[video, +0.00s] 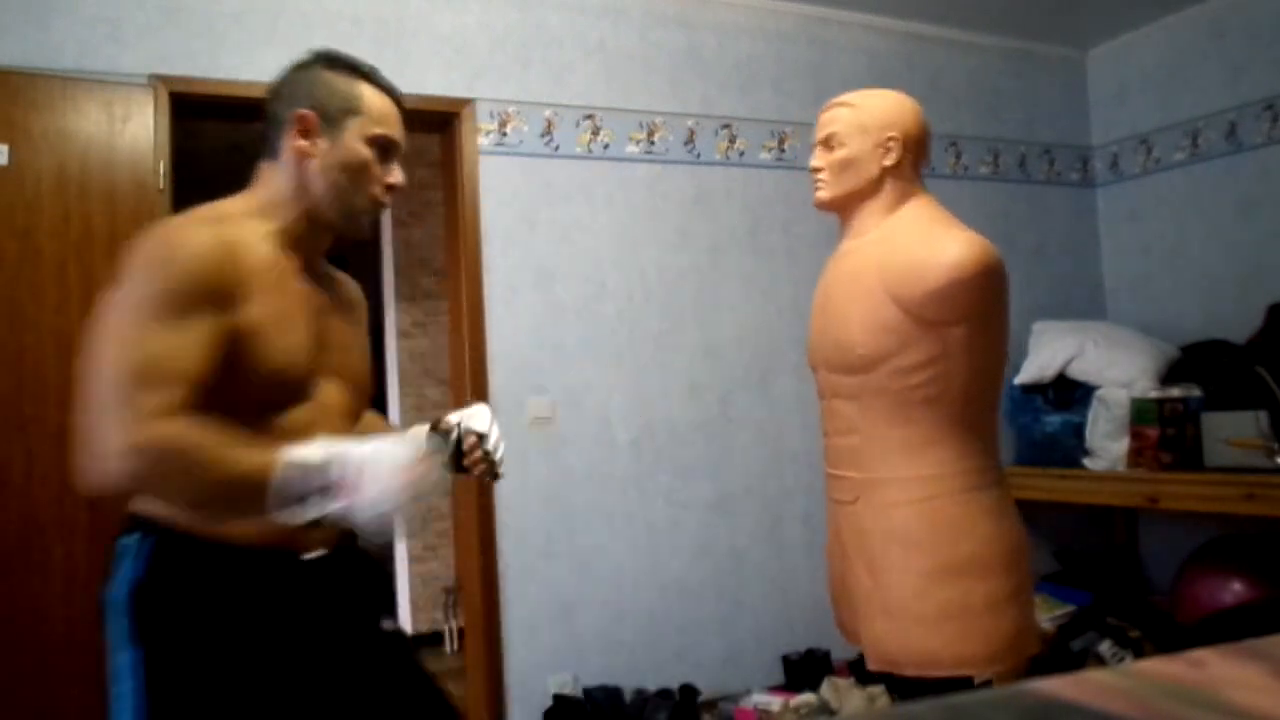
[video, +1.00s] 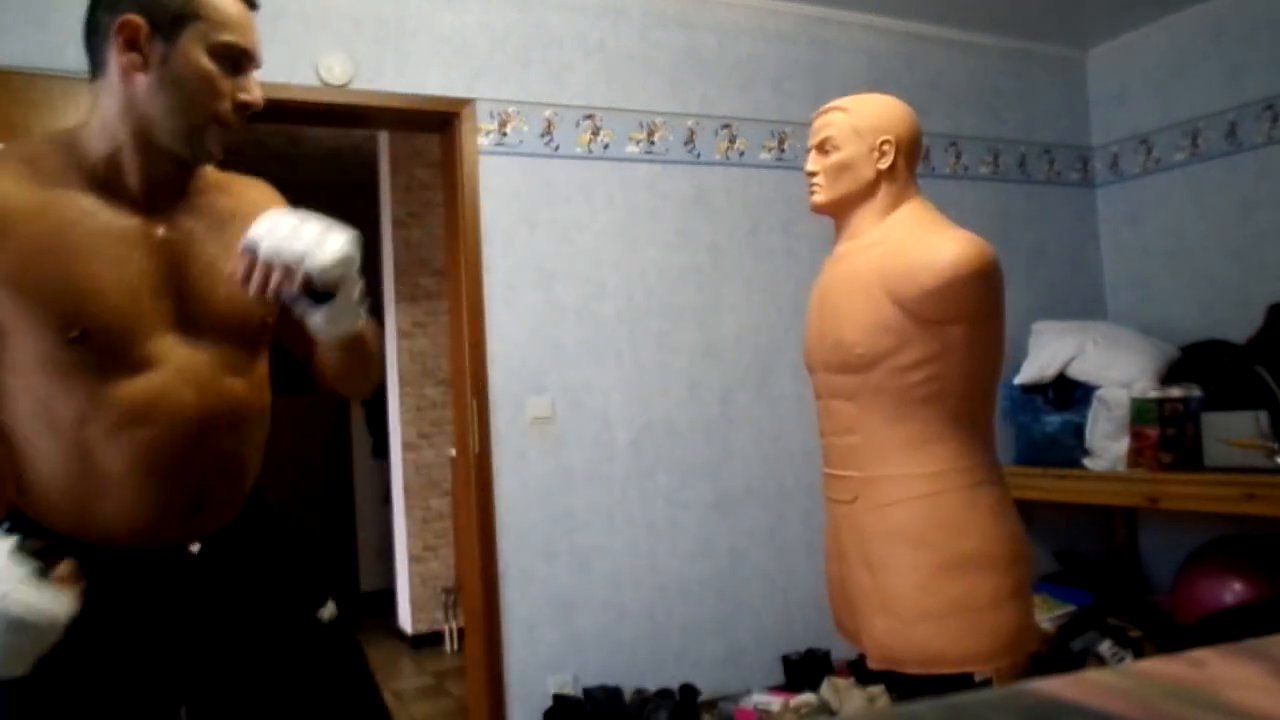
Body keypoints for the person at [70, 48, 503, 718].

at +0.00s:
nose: (396, 179)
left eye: (398, 159)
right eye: (380, 149)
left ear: (310, 142)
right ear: (304, 138)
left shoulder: (345, 295)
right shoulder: (188, 251)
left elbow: (343, 425)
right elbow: (121, 448)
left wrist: (429, 454)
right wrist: (330, 477)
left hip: (319, 590)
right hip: (195, 591)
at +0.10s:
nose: (365, 152)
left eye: (367, 128)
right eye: (347, 122)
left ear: (267, 106)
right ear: (263, 103)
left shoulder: (326, 262)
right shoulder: (117, 228)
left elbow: (340, 405)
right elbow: (10, 404)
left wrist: (407, 405)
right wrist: (181, 476)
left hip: (304, 589)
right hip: (158, 596)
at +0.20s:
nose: (341, 88)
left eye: (343, 62)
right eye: (323, 53)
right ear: (238, 32)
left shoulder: (315, 201)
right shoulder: (82, 164)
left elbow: (317, 365)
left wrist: (372, 352)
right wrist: (104, 422)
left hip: (285, 535)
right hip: (138, 538)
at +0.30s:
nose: (326, 70)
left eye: (327, 44)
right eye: (305, 34)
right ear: (217, 22)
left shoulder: (310, 194)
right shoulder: (54, 160)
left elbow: (333, 347)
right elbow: (2, 352)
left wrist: (366, 353)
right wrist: (62, 442)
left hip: (274, 545)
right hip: (117, 552)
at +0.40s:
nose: (309, 122)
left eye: (308, 96)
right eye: (287, 90)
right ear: (193, 77)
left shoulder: (307, 256)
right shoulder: (38, 238)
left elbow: (358, 395)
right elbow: (5, 428)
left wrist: (363, 441)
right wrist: (41, 559)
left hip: (274, 627)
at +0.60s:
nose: (277, 80)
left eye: (277, 51)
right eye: (256, 43)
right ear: (162, 28)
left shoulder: (275, 209)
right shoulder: (24, 184)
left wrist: (310, 407)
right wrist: (40, 466)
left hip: (249, 581)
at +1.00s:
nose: (254, 97)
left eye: (253, 70)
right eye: (228, 61)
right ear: (132, 49)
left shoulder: (253, 208)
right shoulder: (16, 191)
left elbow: (357, 381)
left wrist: (338, 303)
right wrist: (1, 552)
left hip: (236, 579)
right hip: (73, 593)